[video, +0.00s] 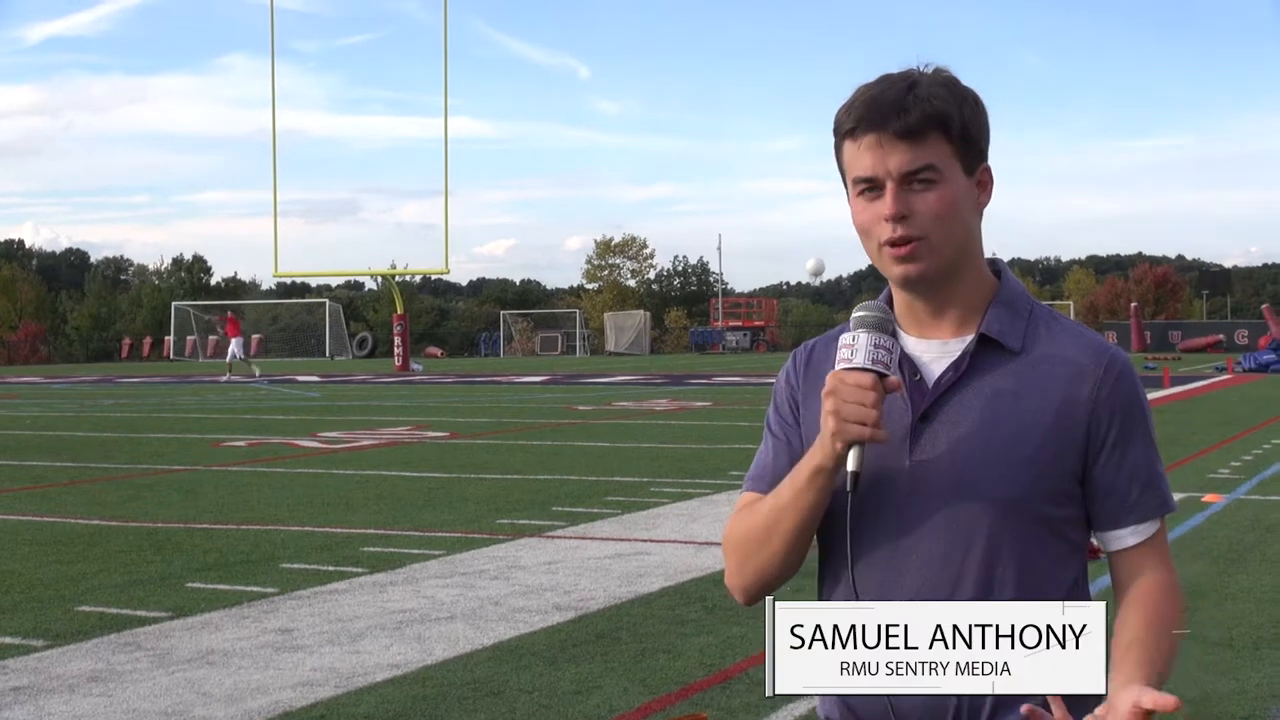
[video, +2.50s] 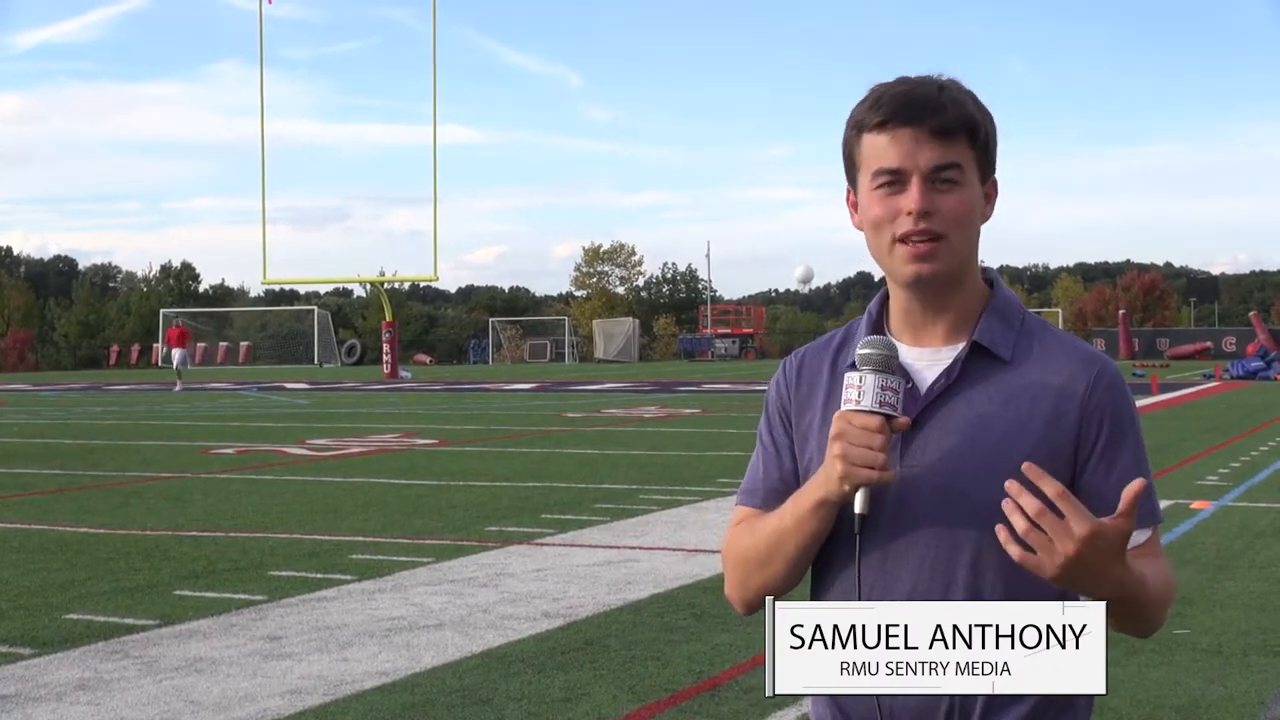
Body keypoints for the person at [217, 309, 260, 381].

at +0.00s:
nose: (229, 315)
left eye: (230, 314)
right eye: (228, 314)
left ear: (233, 315)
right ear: (228, 314)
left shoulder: (234, 320)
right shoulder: (229, 323)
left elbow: (223, 318)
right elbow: (227, 333)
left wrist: (215, 318)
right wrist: (222, 332)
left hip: (237, 338)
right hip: (233, 339)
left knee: (240, 356)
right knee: (228, 360)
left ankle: (255, 368)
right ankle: (228, 375)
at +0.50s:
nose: (219, 316)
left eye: (220, 315)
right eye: (219, 315)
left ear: (221, 315)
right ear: (226, 316)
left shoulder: (218, 322)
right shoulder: (228, 323)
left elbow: (214, 330)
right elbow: (230, 331)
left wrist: (212, 336)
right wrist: (229, 337)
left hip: (221, 341)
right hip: (228, 342)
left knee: (218, 358)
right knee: (225, 359)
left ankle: (223, 373)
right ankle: (225, 374)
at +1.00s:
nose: (213, 319)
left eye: (213, 317)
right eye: (213, 317)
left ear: (215, 318)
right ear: (219, 319)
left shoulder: (214, 326)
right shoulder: (221, 326)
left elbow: (213, 336)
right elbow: (222, 336)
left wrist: (210, 344)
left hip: (215, 345)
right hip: (221, 345)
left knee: (212, 361)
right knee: (219, 362)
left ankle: (221, 376)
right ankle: (221, 377)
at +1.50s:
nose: (204, 324)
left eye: (205, 323)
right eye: (203, 323)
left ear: (207, 323)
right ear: (201, 323)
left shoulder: (213, 330)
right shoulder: (200, 330)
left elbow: (217, 341)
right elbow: (198, 340)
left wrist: (219, 350)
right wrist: (195, 345)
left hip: (211, 348)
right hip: (205, 348)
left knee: (206, 365)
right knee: (211, 366)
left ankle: (207, 381)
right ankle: (216, 380)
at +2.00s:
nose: (193, 323)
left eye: (194, 321)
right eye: (192, 321)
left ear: (197, 322)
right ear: (190, 322)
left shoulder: (200, 330)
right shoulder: (188, 331)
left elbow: (202, 339)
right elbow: (187, 340)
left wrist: (201, 347)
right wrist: (187, 348)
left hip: (199, 349)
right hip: (191, 349)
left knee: (202, 367)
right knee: (187, 367)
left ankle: (205, 383)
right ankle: (186, 382)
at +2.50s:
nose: (175, 323)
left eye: (177, 321)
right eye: (174, 321)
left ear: (179, 322)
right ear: (172, 322)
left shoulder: (183, 330)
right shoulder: (170, 330)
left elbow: (187, 340)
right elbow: (166, 342)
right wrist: (164, 350)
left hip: (181, 349)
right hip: (174, 349)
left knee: (176, 366)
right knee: (176, 367)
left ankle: (179, 384)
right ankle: (179, 384)